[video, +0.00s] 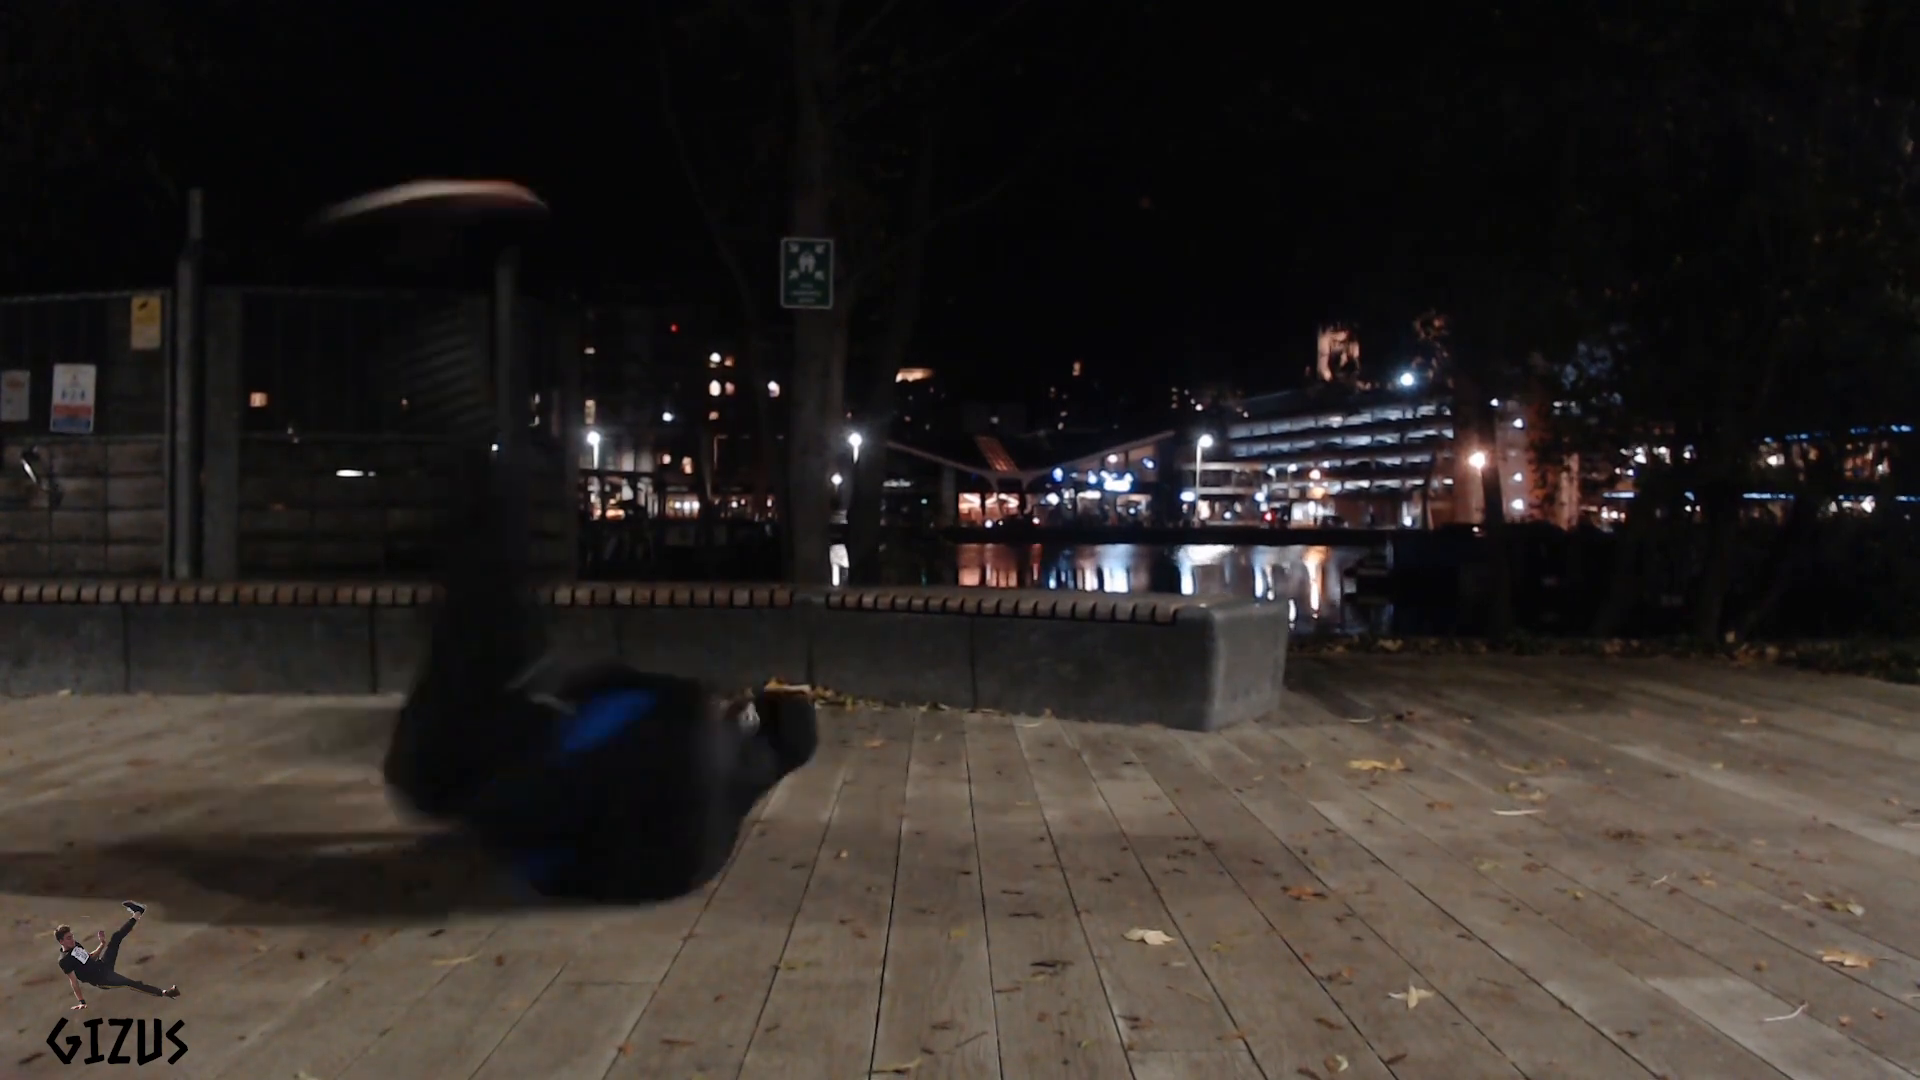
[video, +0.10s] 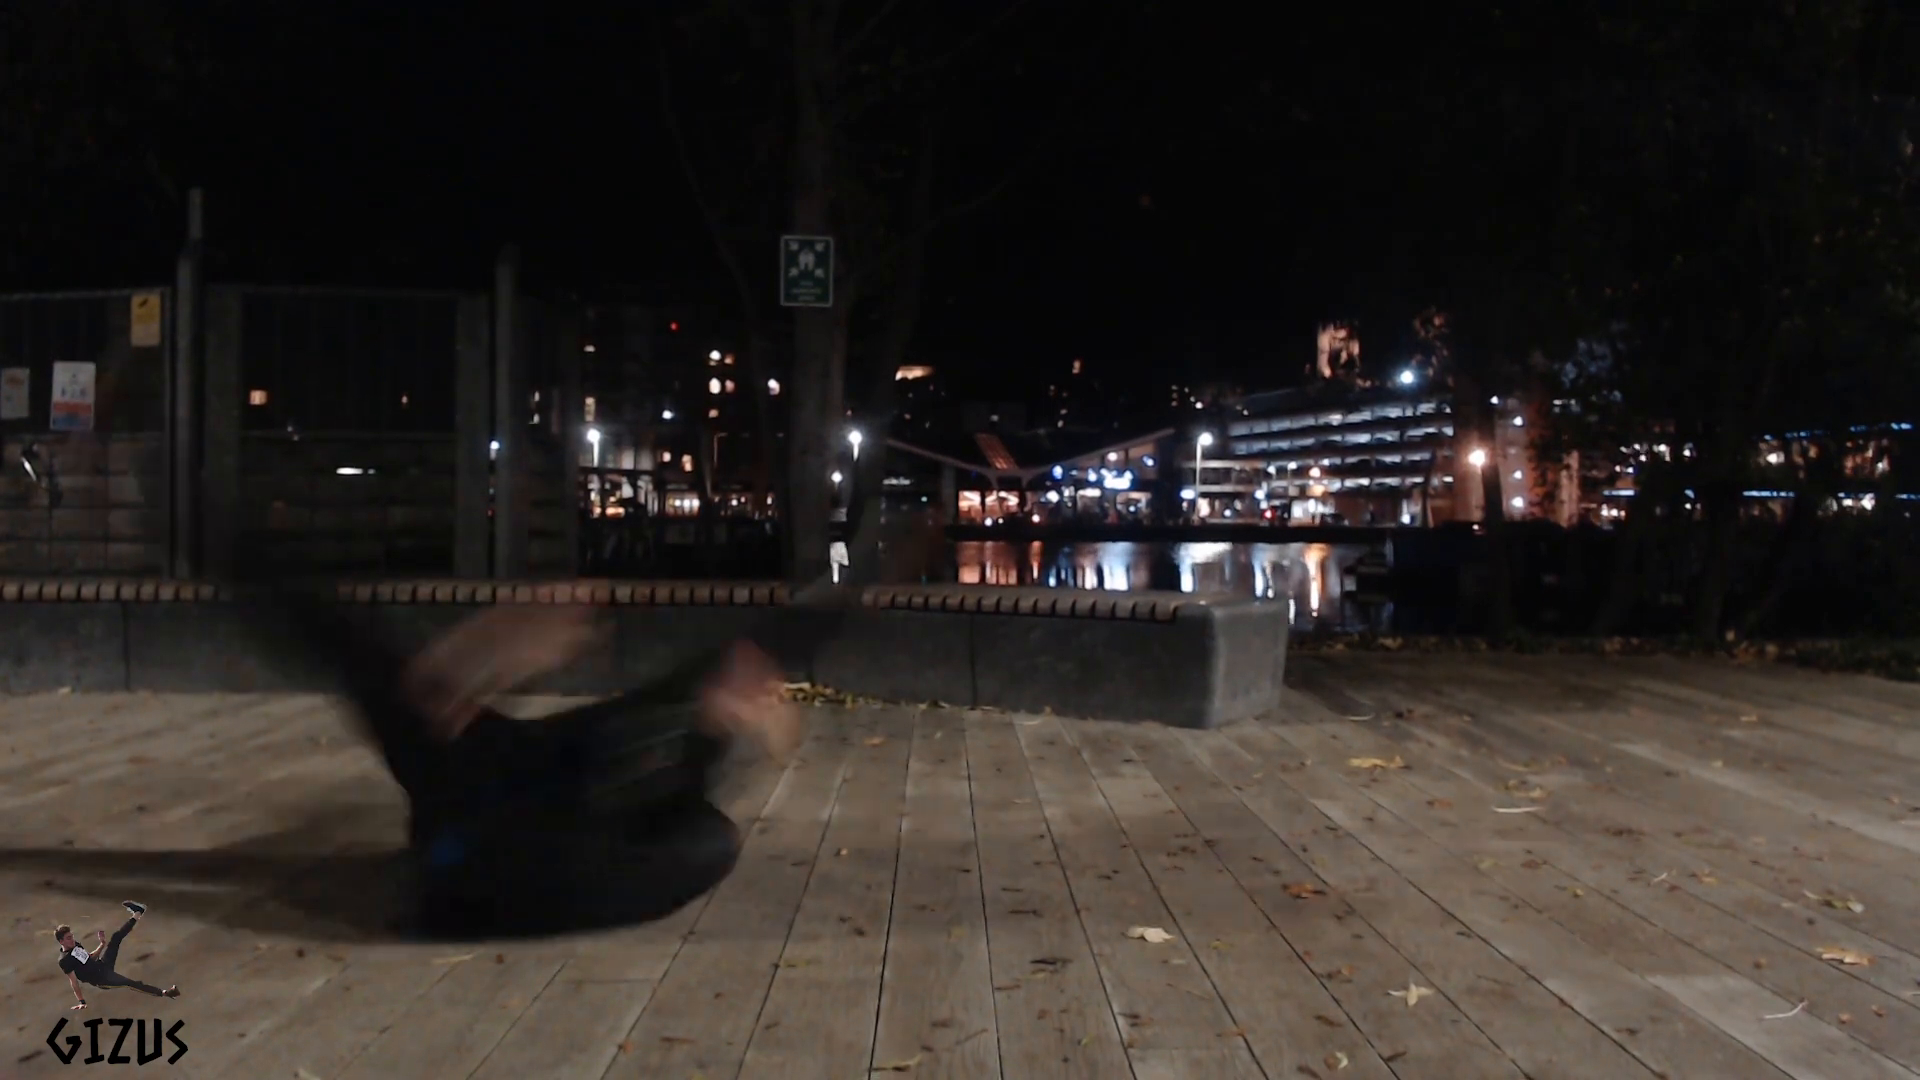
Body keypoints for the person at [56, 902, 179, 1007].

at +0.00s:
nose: (72, 939)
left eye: (72, 936)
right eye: (69, 938)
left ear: (70, 937)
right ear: (61, 941)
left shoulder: (75, 946)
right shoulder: (64, 960)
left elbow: (91, 957)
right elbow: (74, 982)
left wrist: (102, 945)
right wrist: (81, 1002)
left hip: (104, 965)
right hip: (102, 978)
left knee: (115, 938)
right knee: (132, 983)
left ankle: (136, 916)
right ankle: (164, 993)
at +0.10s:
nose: (72, 939)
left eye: (72, 936)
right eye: (69, 938)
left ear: (70, 937)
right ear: (61, 941)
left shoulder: (75, 946)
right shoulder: (64, 960)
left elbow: (91, 957)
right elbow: (73, 982)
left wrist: (102, 944)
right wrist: (81, 1001)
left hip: (104, 965)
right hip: (102, 978)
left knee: (116, 938)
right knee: (132, 983)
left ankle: (136, 916)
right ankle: (164, 993)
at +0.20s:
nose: (73, 939)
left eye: (72, 936)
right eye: (69, 938)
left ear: (71, 937)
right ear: (61, 941)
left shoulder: (75, 946)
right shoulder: (64, 961)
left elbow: (91, 957)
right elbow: (74, 982)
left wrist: (102, 945)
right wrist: (81, 1002)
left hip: (104, 965)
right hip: (102, 978)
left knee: (115, 939)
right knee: (132, 983)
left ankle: (136, 917)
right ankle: (164, 993)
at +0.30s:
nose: (73, 939)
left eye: (72, 936)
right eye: (69, 938)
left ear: (72, 937)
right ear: (61, 941)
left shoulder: (76, 946)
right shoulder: (64, 960)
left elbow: (90, 957)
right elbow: (74, 982)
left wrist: (102, 945)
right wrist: (81, 1002)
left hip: (104, 964)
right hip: (102, 978)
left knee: (115, 938)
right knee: (132, 983)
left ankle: (136, 917)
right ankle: (164, 993)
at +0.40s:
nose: (73, 939)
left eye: (72, 936)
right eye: (69, 938)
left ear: (72, 936)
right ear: (61, 942)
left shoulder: (76, 945)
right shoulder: (64, 960)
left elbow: (90, 957)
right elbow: (74, 982)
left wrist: (102, 945)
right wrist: (81, 1001)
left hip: (104, 964)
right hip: (102, 978)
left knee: (115, 939)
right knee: (132, 983)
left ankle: (136, 917)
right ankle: (164, 993)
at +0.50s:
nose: (73, 939)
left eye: (72, 936)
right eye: (69, 938)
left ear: (72, 936)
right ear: (61, 941)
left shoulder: (76, 946)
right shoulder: (64, 960)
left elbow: (91, 957)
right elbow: (74, 982)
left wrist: (102, 945)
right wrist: (81, 1002)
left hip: (104, 965)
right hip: (102, 978)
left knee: (115, 939)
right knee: (132, 983)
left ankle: (136, 917)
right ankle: (164, 993)